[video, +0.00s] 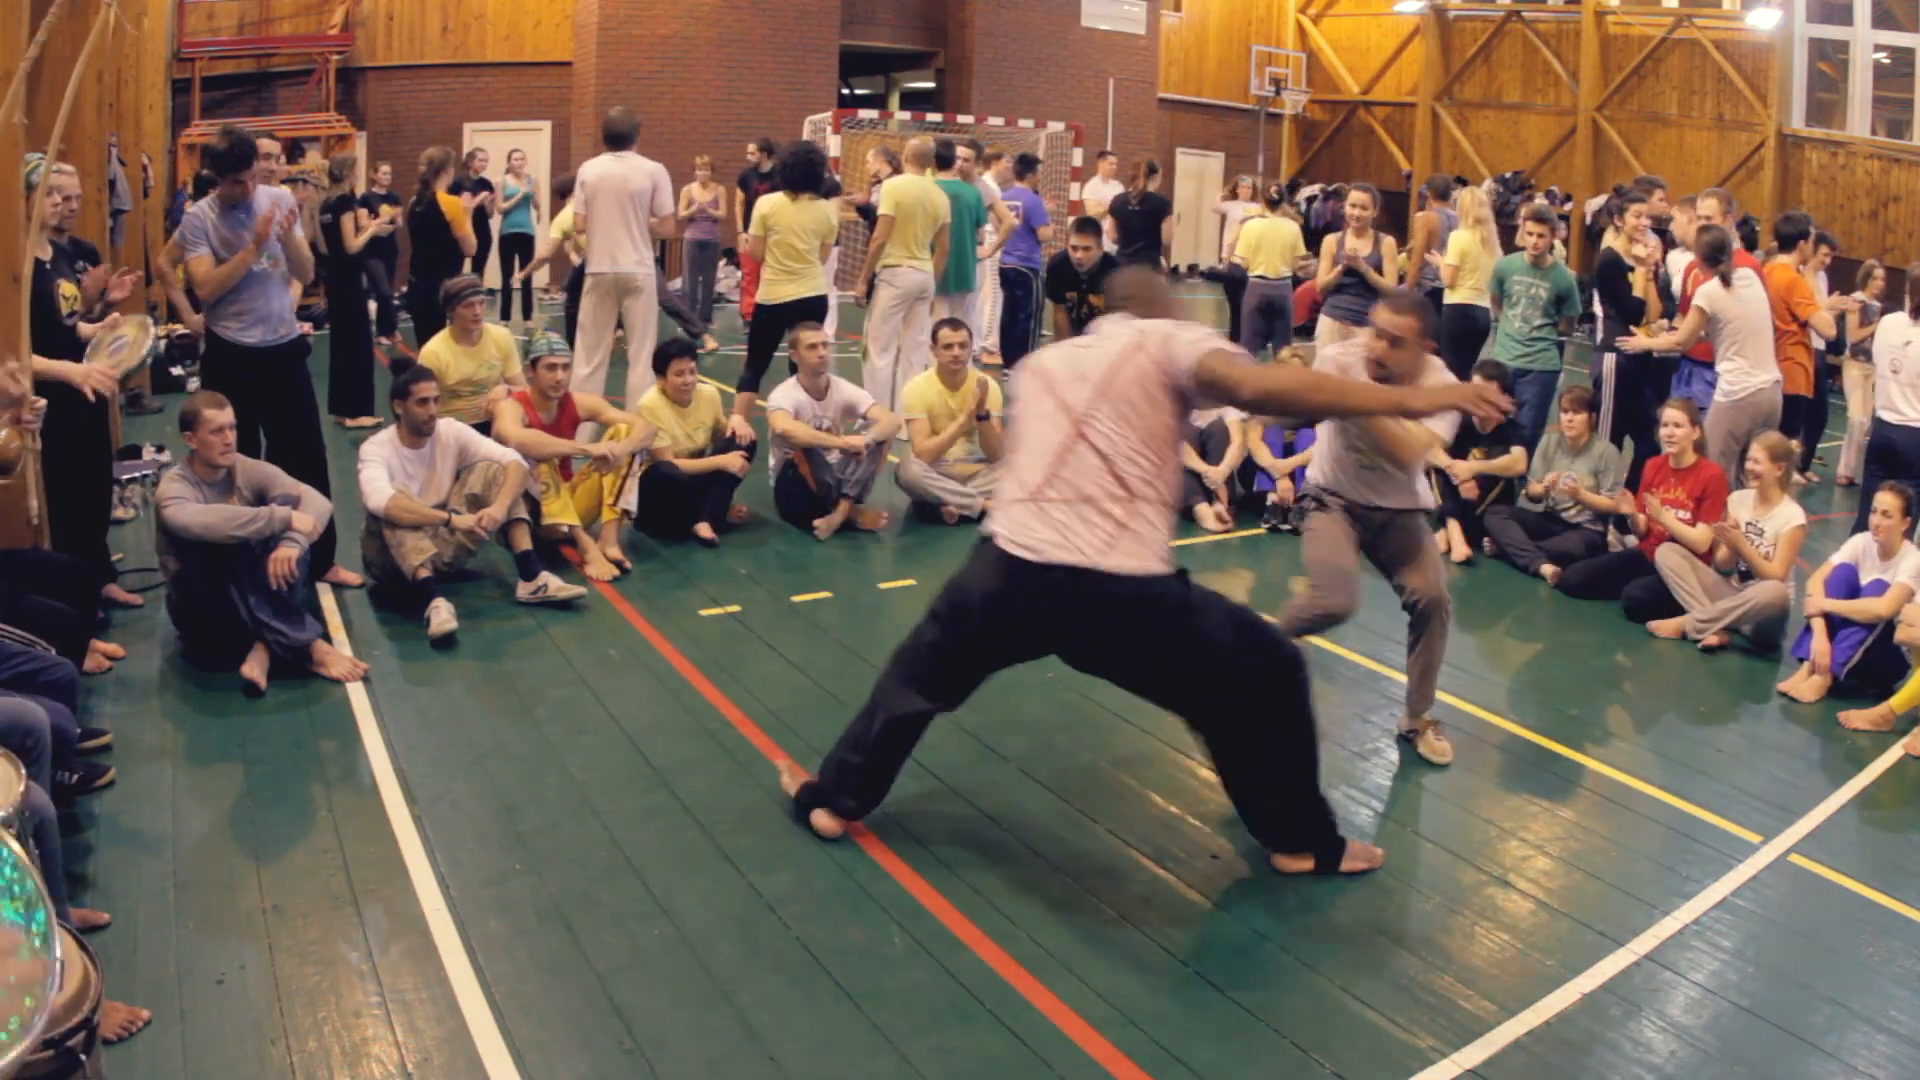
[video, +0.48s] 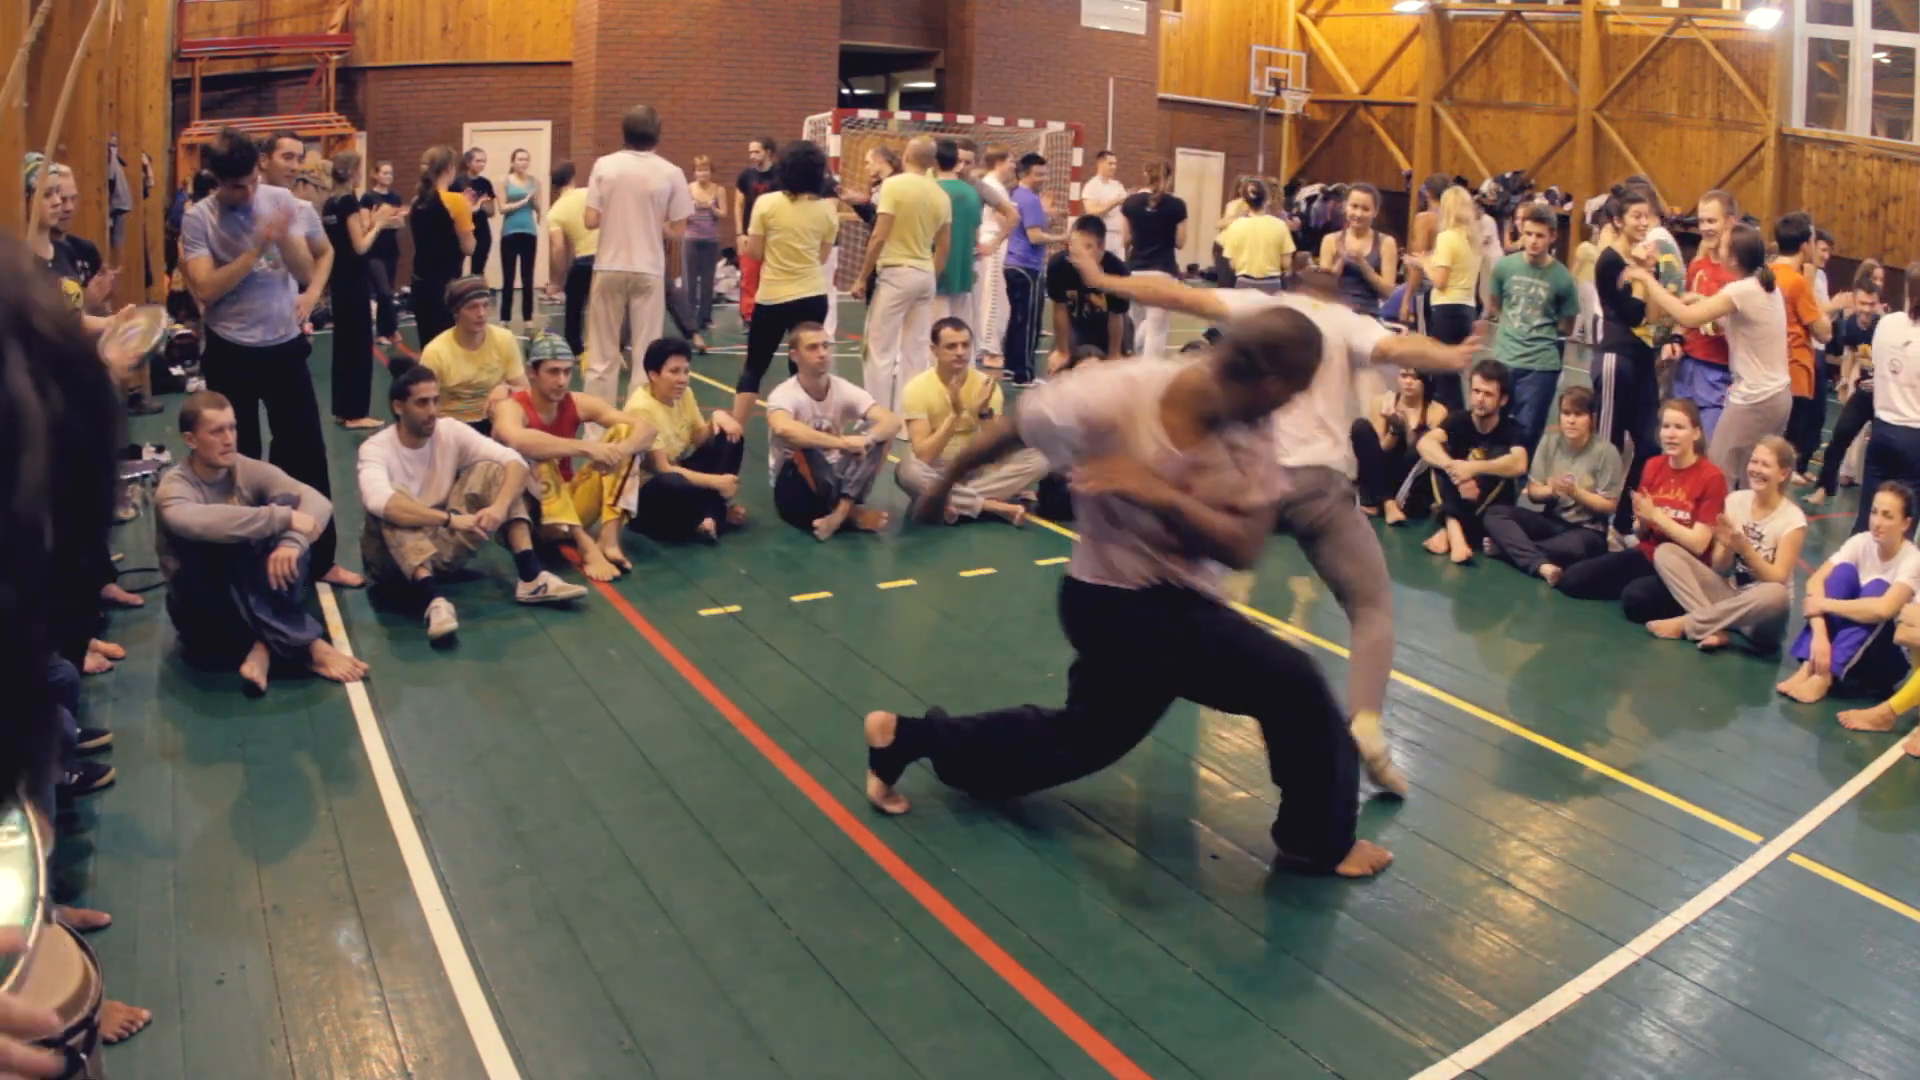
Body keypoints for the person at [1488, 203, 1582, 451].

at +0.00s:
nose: (1534, 241)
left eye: (1541, 236)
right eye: (1530, 234)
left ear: (1552, 238)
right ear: (1522, 234)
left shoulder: (1564, 278)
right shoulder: (1504, 266)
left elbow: (1568, 324)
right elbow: (1496, 307)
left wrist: (1540, 334)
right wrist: (1514, 329)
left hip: (1540, 359)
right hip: (1502, 355)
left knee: (1527, 430)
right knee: (1492, 425)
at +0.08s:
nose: (1534, 241)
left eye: (1541, 236)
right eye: (1530, 234)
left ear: (1552, 238)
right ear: (1522, 234)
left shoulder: (1564, 278)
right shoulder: (1504, 266)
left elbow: (1567, 325)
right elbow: (1496, 307)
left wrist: (1540, 334)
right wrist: (1515, 329)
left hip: (1541, 362)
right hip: (1503, 355)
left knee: (1526, 432)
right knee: (1491, 426)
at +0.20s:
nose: (1534, 241)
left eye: (1540, 235)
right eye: (1529, 234)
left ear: (1552, 238)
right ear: (1521, 234)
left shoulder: (1563, 279)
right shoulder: (1503, 266)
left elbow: (1567, 326)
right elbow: (1495, 309)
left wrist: (1539, 334)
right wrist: (1514, 330)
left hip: (1540, 360)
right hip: (1503, 356)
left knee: (1526, 430)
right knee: (1492, 424)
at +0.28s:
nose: (1533, 241)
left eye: (1540, 236)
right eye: (1529, 234)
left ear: (1552, 238)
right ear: (1521, 234)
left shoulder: (1562, 277)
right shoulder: (1503, 266)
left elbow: (1567, 324)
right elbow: (1494, 306)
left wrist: (1540, 334)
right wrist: (1515, 327)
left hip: (1540, 360)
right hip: (1504, 355)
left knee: (1527, 430)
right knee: (1494, 424)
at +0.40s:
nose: (1533, 241)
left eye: (1540, 236)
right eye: (1528, 234)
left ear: (1552, 238)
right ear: (1521, 234)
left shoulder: (1563, 278)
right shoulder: (1503, 266)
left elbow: (1566, 326)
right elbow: (1495, 305)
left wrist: (1540, 334)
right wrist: (1518, 326)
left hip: (1540, 360)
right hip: (1504, 355)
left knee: (1526, 431)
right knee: (1495, 425)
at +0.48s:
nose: (1532, 241)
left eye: (1539, 236)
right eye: (1528, 234)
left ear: (1552, 238)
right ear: (1521, 234)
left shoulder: (1563, 278)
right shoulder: (1503, 266)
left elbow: (1566, 326)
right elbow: (1494, 306)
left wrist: (1540, 335)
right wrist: (1518, 327)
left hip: (1540, 360)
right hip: (1504, 355)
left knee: (1526, 431)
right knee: (1495, 425)